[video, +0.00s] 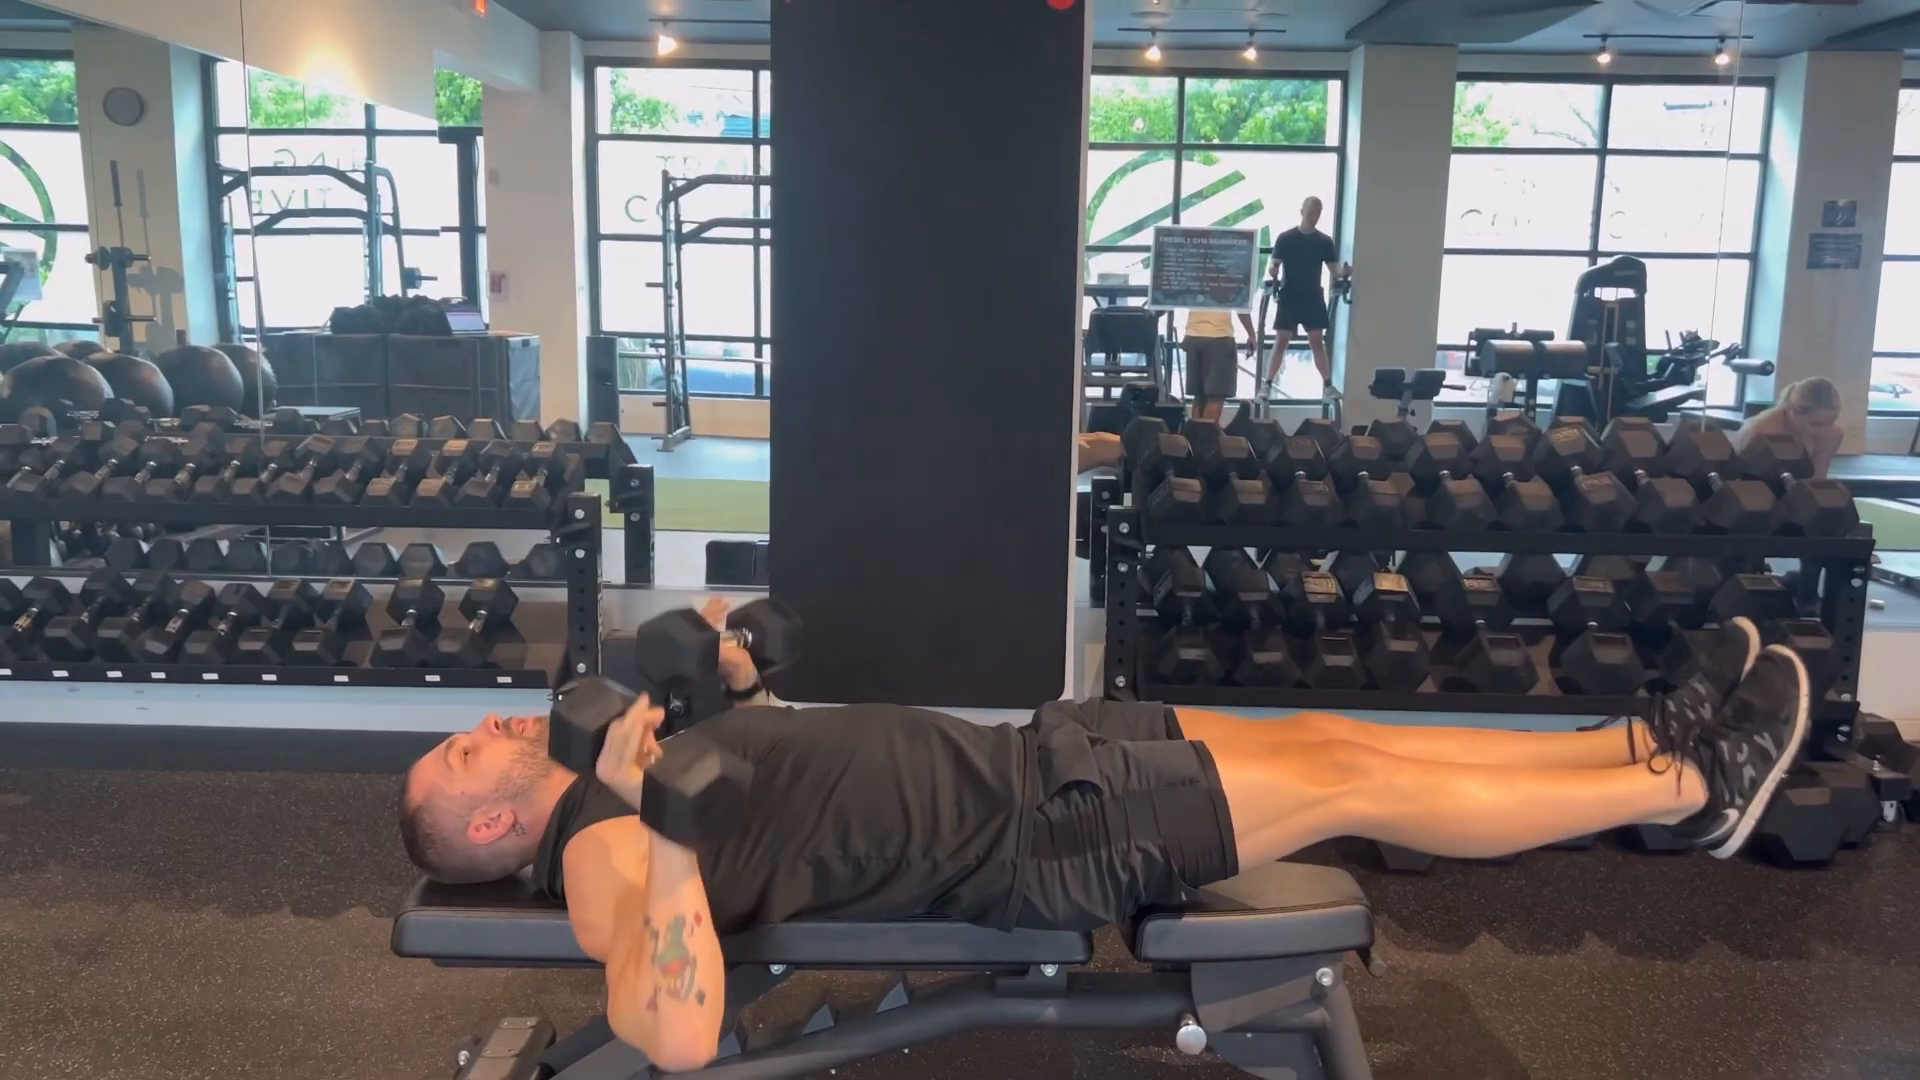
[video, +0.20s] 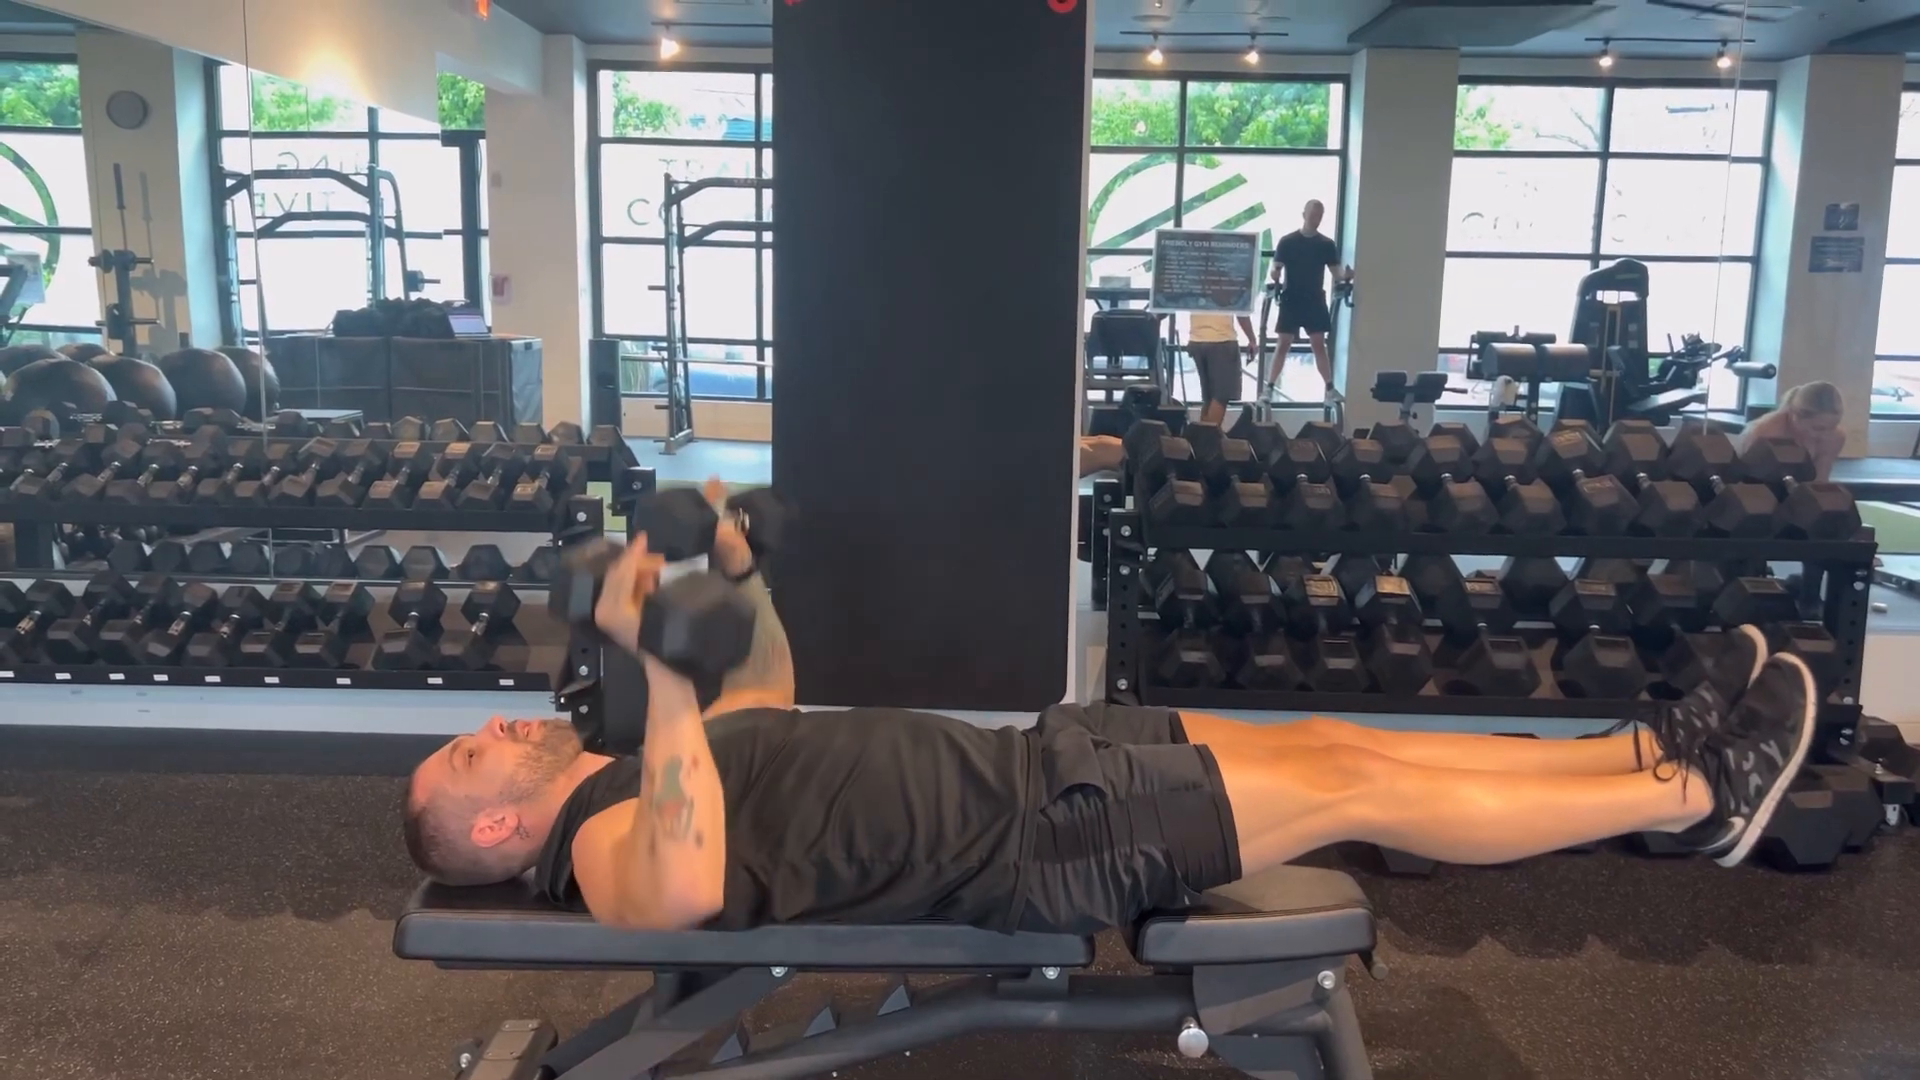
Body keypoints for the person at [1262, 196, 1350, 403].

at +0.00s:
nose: (1313, 216)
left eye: (1316, 212)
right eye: (1310, 211)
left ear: (1320, 214)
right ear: (1302, 211)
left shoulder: (1325, 242)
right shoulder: (1285, 238)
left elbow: (1334, 271)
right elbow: (1273, 267)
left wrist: (1346, 271)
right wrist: (1275, 279)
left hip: (1313, 296)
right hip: (1289, 295)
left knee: (1317, 342)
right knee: (1281, 341)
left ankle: (1327, 386)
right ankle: (1267, 384)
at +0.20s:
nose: (1315, 219)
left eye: (1318, 215)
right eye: (1312, 214)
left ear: (1322, 217)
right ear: (1304, 214)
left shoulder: (1327, 244)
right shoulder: (1287, 241)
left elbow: (1336, 273)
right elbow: (1275, 269)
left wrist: (1348, 274)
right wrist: (1276, 281)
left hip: (1315, 299)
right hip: (1291, 298)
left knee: (1318, 344)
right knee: (1283, 344)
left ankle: (1329, 388)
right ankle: (1269, 386)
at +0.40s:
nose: (1317, 223)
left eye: (1320, 219)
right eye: (1313, 218)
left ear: (1323, 221)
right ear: (1305, 218)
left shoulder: (1329, 249)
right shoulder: (1289, 246)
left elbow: (1338, 277)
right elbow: (1278, 273)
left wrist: (1350, 278)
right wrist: (1278, 284)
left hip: (1317, 303)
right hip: (1293, 302)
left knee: (1320, 349)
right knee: (1285, 348)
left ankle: (1331, 393)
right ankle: (1271, 390)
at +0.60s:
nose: (1317, 228)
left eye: (1321, 225)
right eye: (1314, 224)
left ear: (1324, 227)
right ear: (1306, 224)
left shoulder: (1330, 254)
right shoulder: (1291, 251)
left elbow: (1339, 282)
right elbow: (1278, 280)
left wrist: (1351, 284)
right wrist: (1280, 292)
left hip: (1318, 309)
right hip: (1294, 308)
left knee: (1323, 354)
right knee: (1286, 354)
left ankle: (1333, 397)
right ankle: (1273, 396)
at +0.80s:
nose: (1318, 233)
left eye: (1322, 229)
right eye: (1315, 228)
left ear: (1325, 230)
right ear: (1308, 228)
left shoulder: (1331, 258)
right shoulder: (1292, 255)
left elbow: (1341, 286)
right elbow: (1280, 284)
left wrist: (1352, 288)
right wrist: (1282, 297)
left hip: (1319, 312)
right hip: (1295, 312)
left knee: (1324, 358)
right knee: (1287, 358)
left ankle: (1334, 401)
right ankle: (1274, 400)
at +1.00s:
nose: (1320, 238)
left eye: (1323, 234)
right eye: (1317, 233)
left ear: (1326, 235)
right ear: (1309, 233)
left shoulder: (1332, 263)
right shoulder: (1292, 259)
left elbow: (1341, 290)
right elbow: (1281, 288)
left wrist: (1351, 293)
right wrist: (1282, 300)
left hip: (1320, 318)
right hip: (1296, 317)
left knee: (1325, 363)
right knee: (1288, 363)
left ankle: (1335, 405)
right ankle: (1275, 404)